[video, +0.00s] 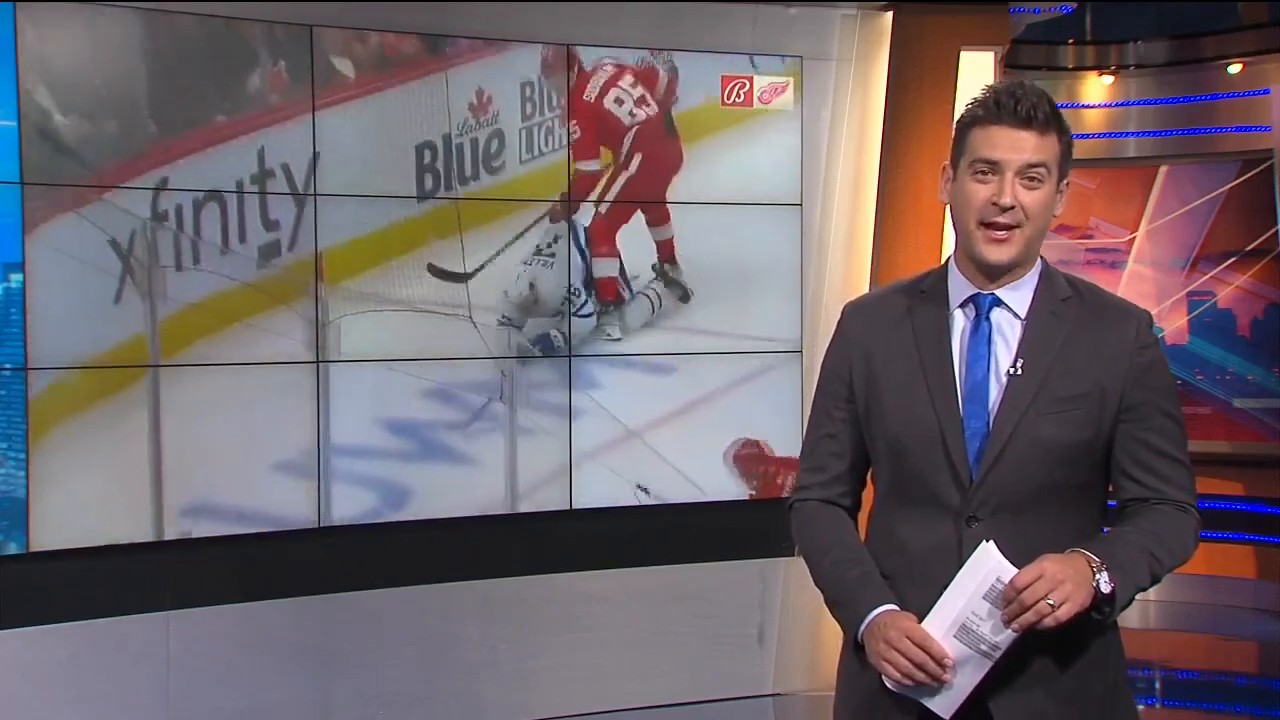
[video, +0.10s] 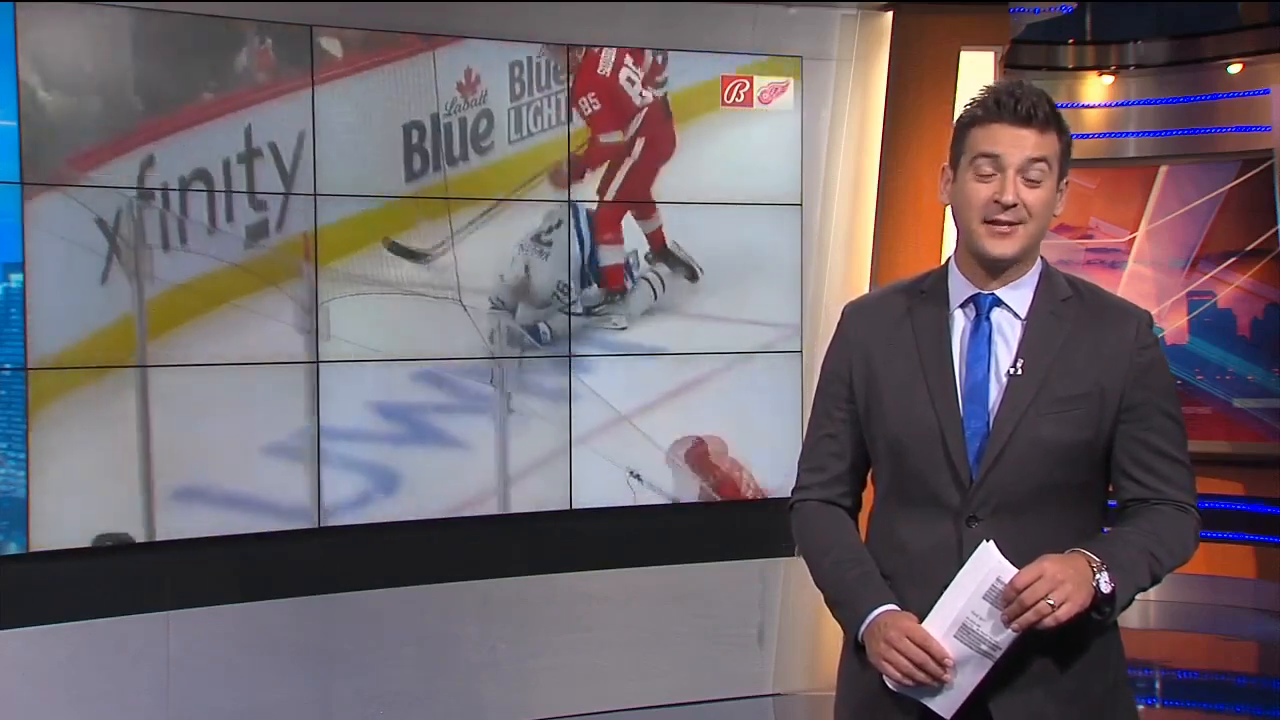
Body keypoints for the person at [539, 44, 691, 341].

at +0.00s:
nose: (551, 86)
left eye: (550, 79)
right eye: (548, 79)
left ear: (562, 73)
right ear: (575, 63)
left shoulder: (577, 104)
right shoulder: (607, 66)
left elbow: (589, 172)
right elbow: (663, 78)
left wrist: (565, 206)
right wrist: (657, 113)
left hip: (642, 160)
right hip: (672, 149)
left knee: (599, 227)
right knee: (652, 199)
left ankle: (610, 312)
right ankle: (670, 267)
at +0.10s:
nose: (553, 60)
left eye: (553, 53)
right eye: (550, 53)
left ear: (569, 51)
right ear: (576, 46)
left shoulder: (585, 85)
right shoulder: (609, 46)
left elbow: (610, 143)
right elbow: (657, 56)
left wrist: (575, 167)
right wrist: (653, 89)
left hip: (642, 143)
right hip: (662, 130)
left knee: (605, 216)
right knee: (637, 191)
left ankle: (614, 293)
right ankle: (662, 252)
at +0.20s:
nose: (566, 45)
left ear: (575, 43)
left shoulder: (598, 65)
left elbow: (629, 120)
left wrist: (588, 149)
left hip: (643, 129)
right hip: (651, 120)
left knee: (616, 202)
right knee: (630, 189)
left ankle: (629, 283)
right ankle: (657, 244)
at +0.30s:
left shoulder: (607, 50)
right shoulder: (586, 50)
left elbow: (639, 96)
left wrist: (605, 132)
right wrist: (580, 86)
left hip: (652, 108)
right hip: (630, 109)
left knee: (631, 184)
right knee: (614, 172)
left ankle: (657, 270)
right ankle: (654, 245)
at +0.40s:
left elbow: (636, 72)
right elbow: (568, 61)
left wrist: (607, 108)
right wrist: (552, 82)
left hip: (645, 88)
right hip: (616, 94)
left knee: (637, 169)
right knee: (599, 155)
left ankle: (667, 256)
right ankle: (628, 220)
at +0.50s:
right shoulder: (531, 42)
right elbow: (538, 73)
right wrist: (523, 102)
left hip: (615, 86)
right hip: (579, 96)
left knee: (620, 168)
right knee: (569, 166)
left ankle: (651, 253)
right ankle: (585, 237)